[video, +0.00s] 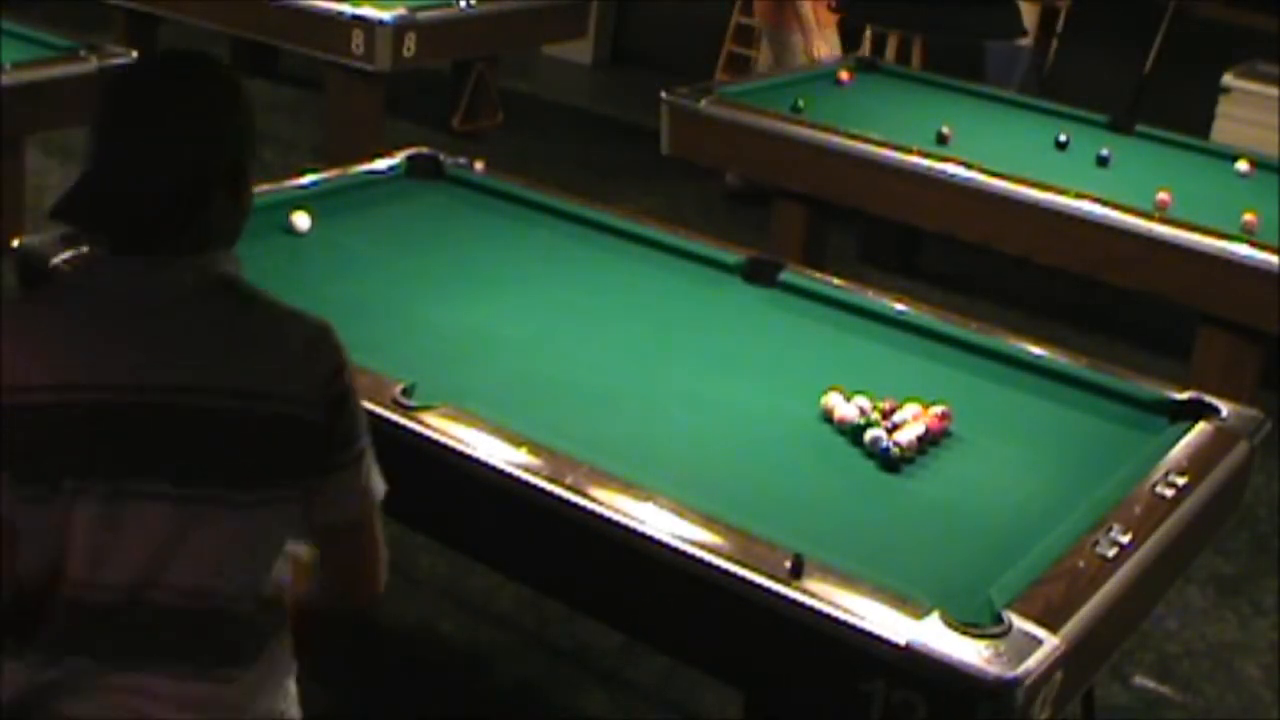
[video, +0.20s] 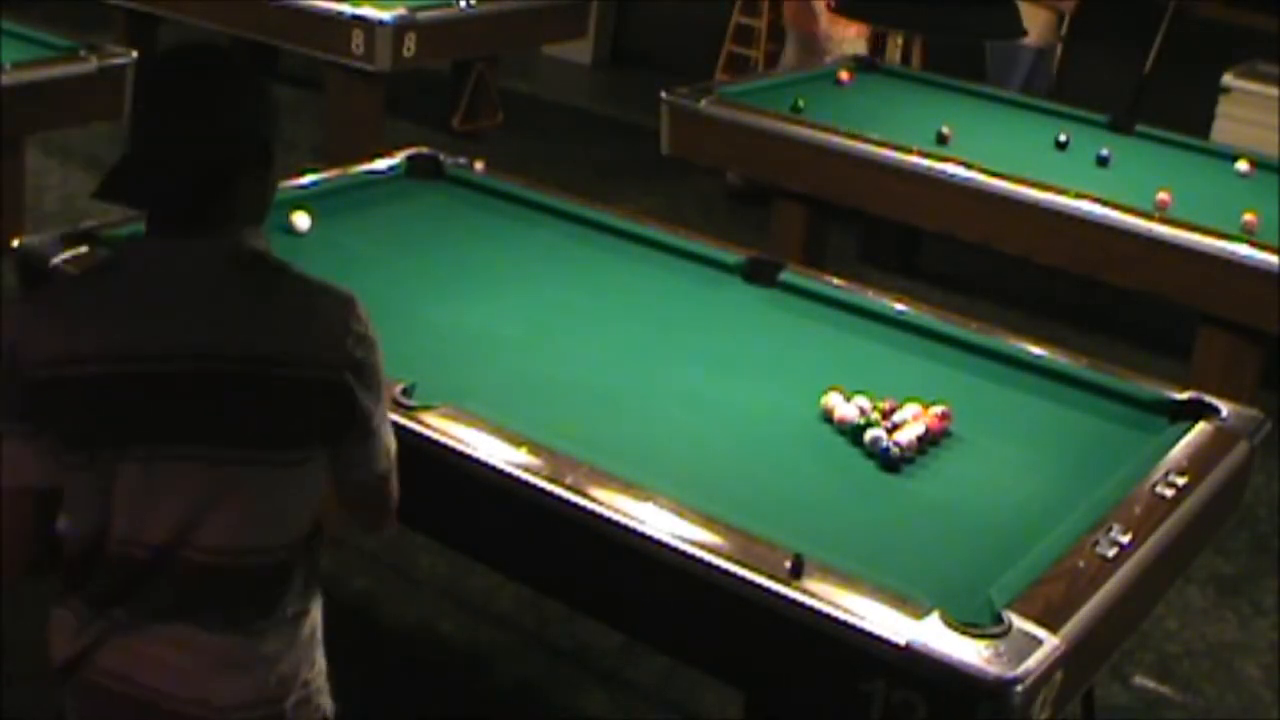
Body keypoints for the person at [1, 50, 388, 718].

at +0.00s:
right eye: (246, 168)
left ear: (100, 171)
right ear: (238, 184)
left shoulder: (24, 330)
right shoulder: (300, 353)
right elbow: (359, 581)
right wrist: (256, 574)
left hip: (42, 689)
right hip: (234, 698)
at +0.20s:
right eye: (274, 162)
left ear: (141, 171)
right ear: (264, 173)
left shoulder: (54, 316)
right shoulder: (330, 323)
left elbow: (18, 529)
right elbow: (372, 507)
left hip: (100, 681)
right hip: (268, 690)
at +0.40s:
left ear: (133, 152)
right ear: (243, 150)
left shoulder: (65, 290)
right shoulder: (306, 280)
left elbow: (45, 486)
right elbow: (352, 428)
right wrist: (339, 278)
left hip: (126, 638)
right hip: (279, 646)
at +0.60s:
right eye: (220, 84)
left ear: (108, 104)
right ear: (222, 100)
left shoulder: (48, 251)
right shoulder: (283, 224)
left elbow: (37, 442)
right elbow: (330, 360)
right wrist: (332, 242)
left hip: (135, 590)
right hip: (277, 588)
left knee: (165, 706)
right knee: (307, 702)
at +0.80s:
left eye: (107, 59)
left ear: (111, 72)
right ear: (213, 73)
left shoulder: (52, 200)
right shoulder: (264, 185)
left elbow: (24, 377)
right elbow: (298, 321)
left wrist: (73, 468)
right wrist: (300, 196)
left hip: (124, 515)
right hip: (248, 503)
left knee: (166, 681)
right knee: (257, 651)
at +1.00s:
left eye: (110, 51)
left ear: (106, 60)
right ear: (203, 62)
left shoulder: (49, 174)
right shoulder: (245, 169)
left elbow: (20, 327)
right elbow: (261, 307)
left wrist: (43, 418)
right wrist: (258, 171)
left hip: (103, 472)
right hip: (218, 470)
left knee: (165, 680)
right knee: (181, 667)